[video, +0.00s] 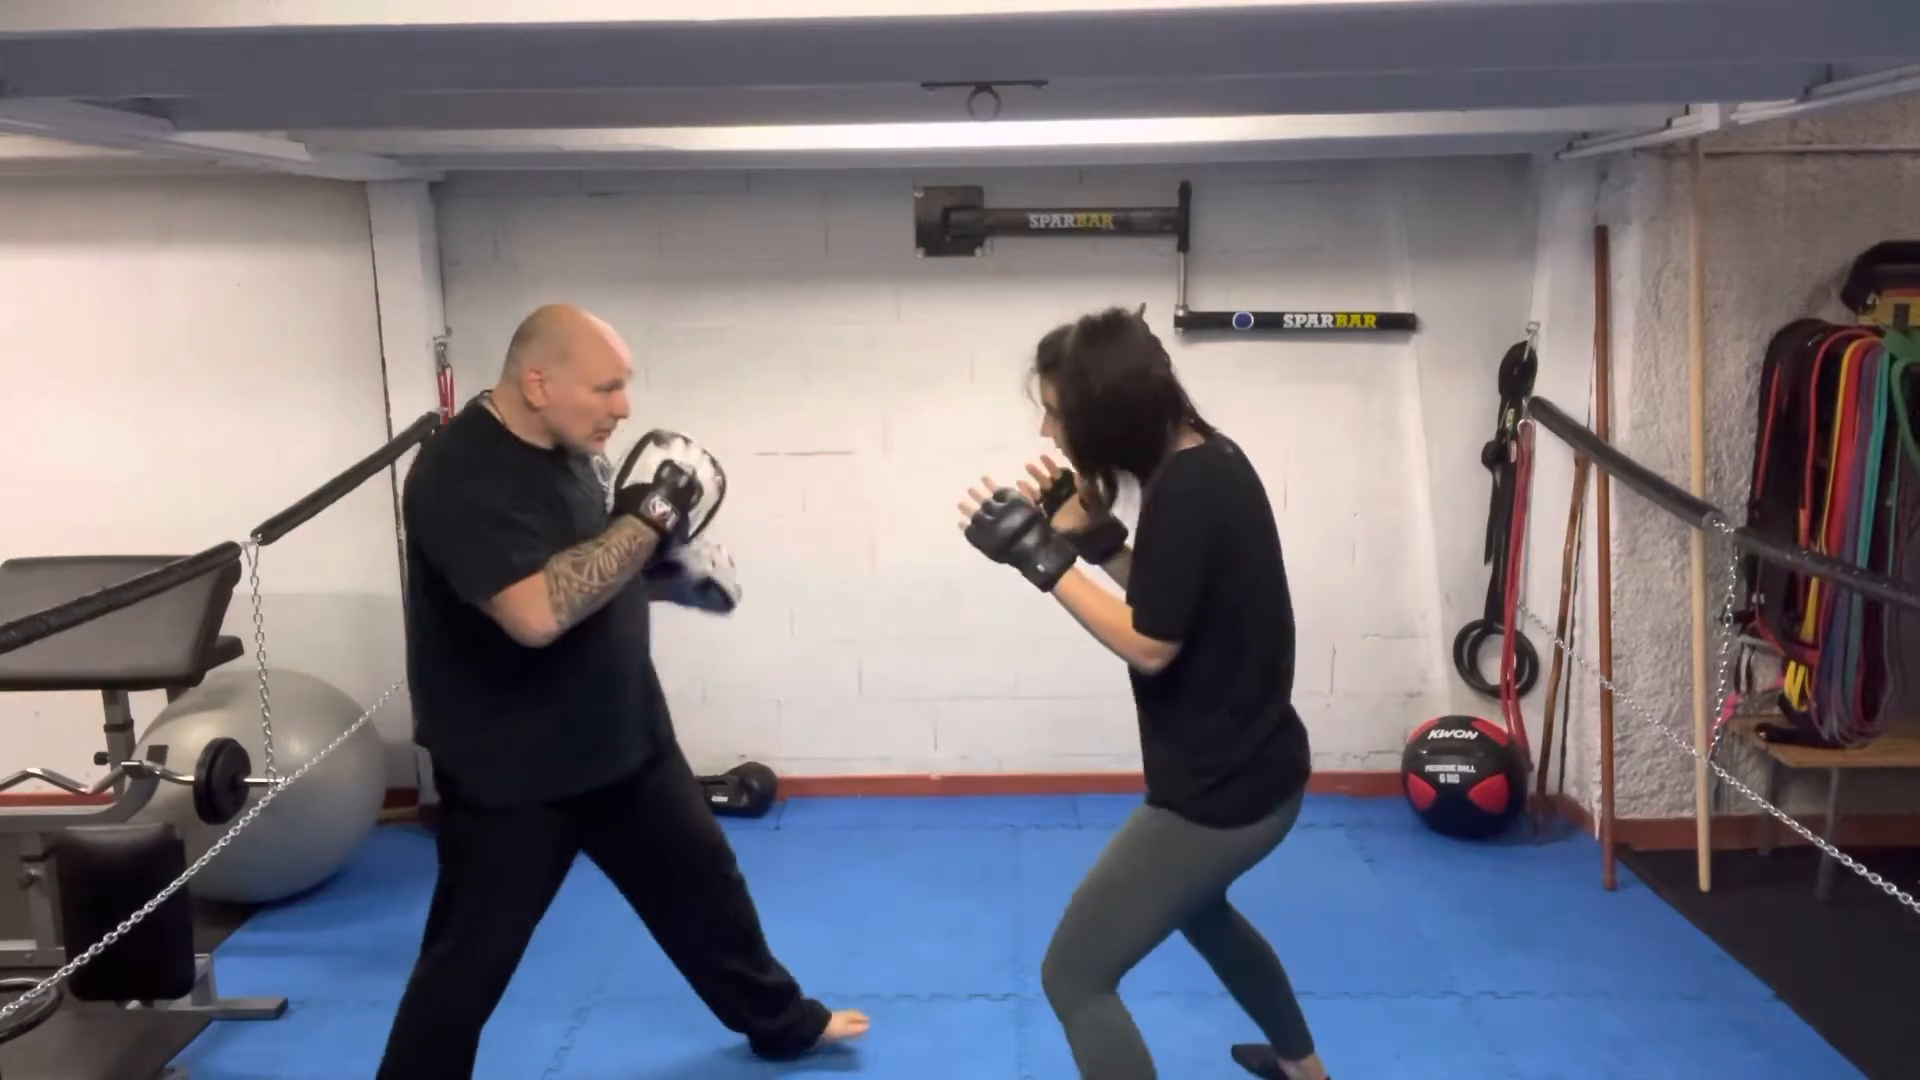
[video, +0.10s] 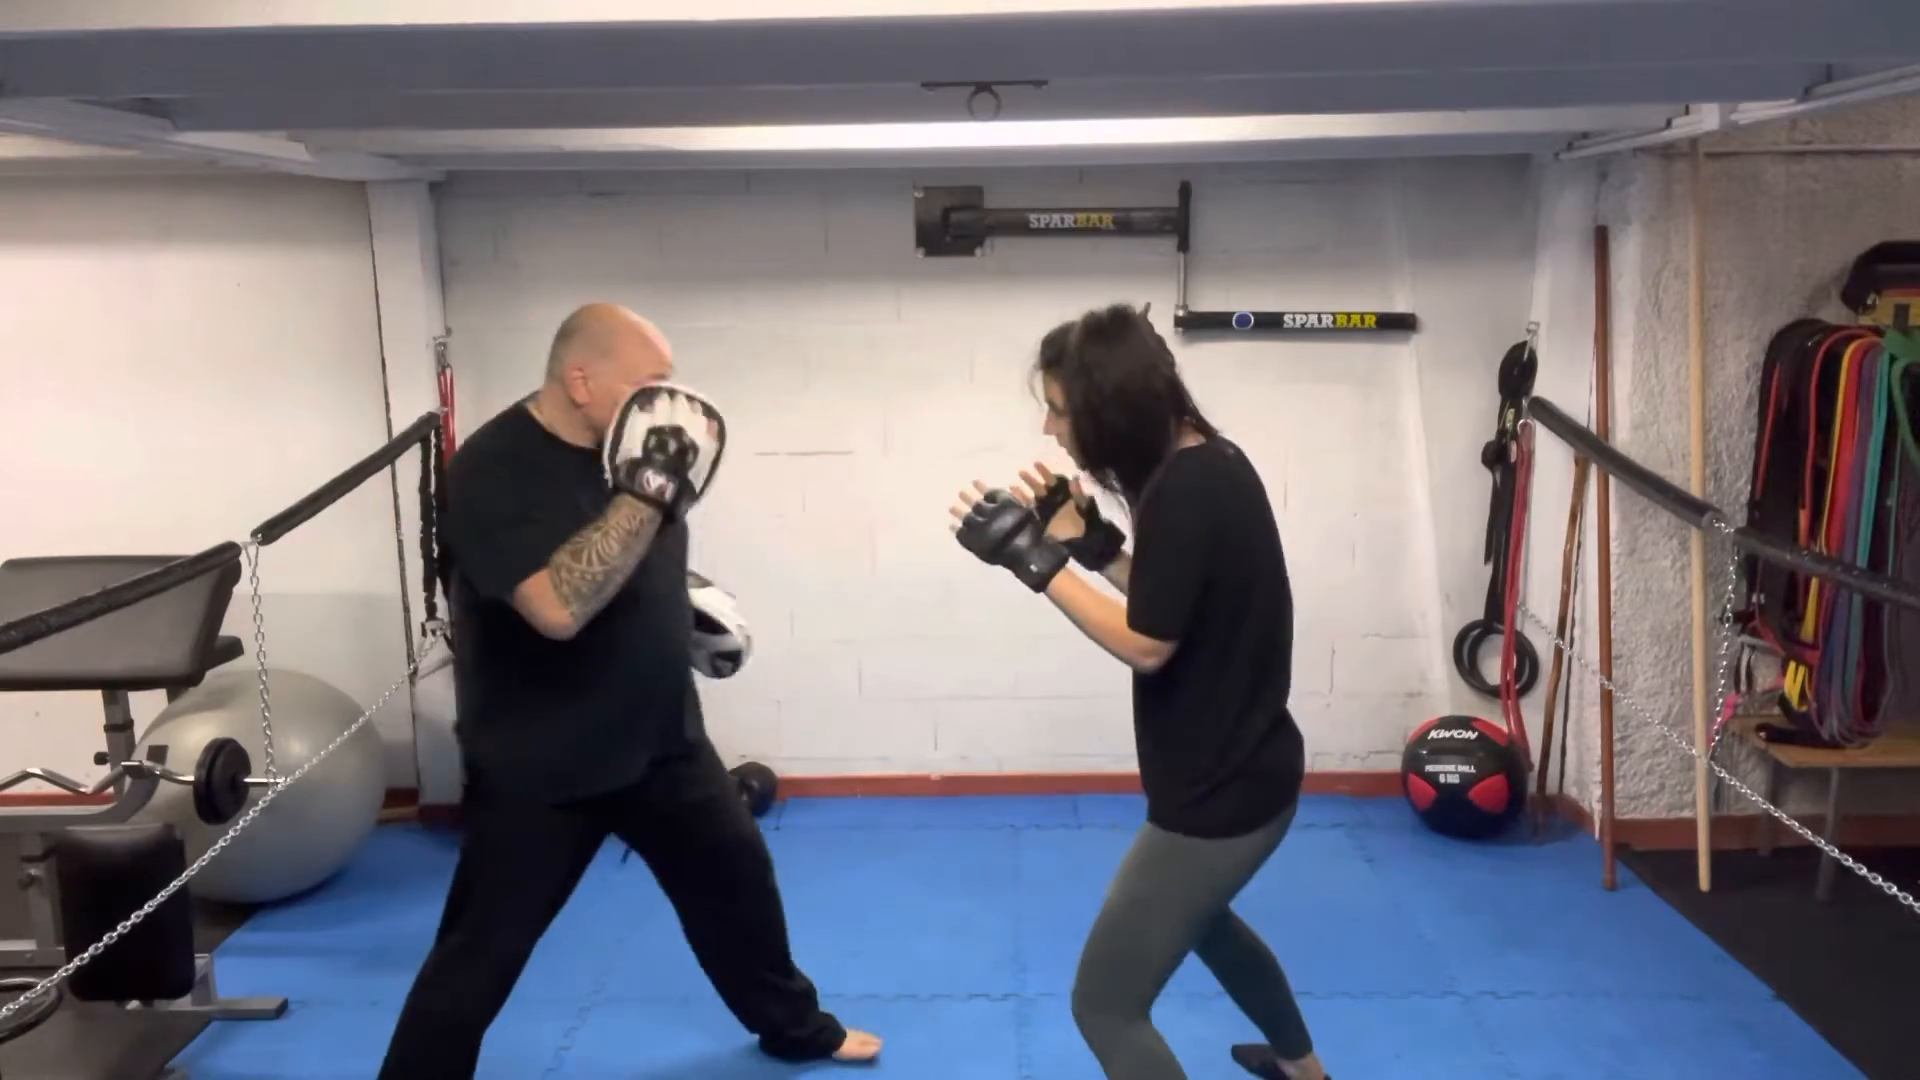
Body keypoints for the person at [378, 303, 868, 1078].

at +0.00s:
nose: (622, 407)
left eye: (624, 388)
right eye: (606, 388)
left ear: (545, 387)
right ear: (536, 384)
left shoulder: (558, 453)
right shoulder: (456, 473)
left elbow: (569, 565)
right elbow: (533, 612)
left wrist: (661, 575)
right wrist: (644, 526)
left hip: (617, 748)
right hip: (508, 775)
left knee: (703, 887)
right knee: (464, 970)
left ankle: (780, 1022)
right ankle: (412, 1074)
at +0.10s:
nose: (660, 401)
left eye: (663, 386)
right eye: (647, 385)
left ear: (587, 384)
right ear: (582, 382)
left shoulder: (625, 451)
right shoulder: (486, 472)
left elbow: (641, 569)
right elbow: (555, 604)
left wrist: (687, 610)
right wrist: (651, 489)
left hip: (659, 747)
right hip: (540, 768)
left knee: (736, 879)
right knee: (477, 960)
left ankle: (793, 1027)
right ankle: (414, 1073)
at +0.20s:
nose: (677, 394)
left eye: (691, 382)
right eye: (666, 373)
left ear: (702, 397)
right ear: (615, 370)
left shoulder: (691, 457)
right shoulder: (528, 448)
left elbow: (719, 526)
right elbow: (558, 578)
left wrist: (781, 556)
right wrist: (629, 444)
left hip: (700, 738)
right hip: (571, 753)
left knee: (776, 863)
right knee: (489, 953)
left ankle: (795, 1027)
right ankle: (424, 1070)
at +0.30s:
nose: (734, 395)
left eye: (736, 379)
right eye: (722, 377)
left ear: (717, 380)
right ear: (663, 370)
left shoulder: (740, 435)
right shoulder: (548, 434)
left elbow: (805, 470)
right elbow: (539, 551)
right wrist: (620, 429)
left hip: (718, 730)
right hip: (584, 739)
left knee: (788, 877)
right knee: (513, 937)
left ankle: (797, 1029)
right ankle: (440, 1074)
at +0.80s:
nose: (710, 381)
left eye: (715, 371)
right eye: (692, 364)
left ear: (723, 384)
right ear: (641, 370)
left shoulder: (733, 451)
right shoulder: (570, 428)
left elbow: (827, 502)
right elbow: (636, 485)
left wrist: (924, 474)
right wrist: (721, 367)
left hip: (686, 731)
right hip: (568, 742)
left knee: (767, 846)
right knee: (504, 940)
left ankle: (789, 1020)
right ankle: (447, 1072)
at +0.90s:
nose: (764, 391)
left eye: (767, 378)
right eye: (746, 373)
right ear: (681, 364)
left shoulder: (749, 464)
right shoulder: (626, 425)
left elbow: (833, 514)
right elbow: (775, 427)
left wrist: (923, 474)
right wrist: (856, 324)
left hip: (699, 726)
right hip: (592, 733)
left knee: (776, 843)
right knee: (521, 940)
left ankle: (794, 1021)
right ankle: (445, 1071)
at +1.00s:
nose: (795, 381)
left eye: (797, 365)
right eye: (782, 364)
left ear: (728, 355)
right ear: (717, 356)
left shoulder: (759, 450)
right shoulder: (685, 412)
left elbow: (834, 522)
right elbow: (859, 406)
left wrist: (928, 485)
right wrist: (967, 342)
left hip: (728, 709)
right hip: (637, 711)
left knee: (789, 840)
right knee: (576, 913)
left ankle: (796, 1022)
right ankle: (450, 1070)